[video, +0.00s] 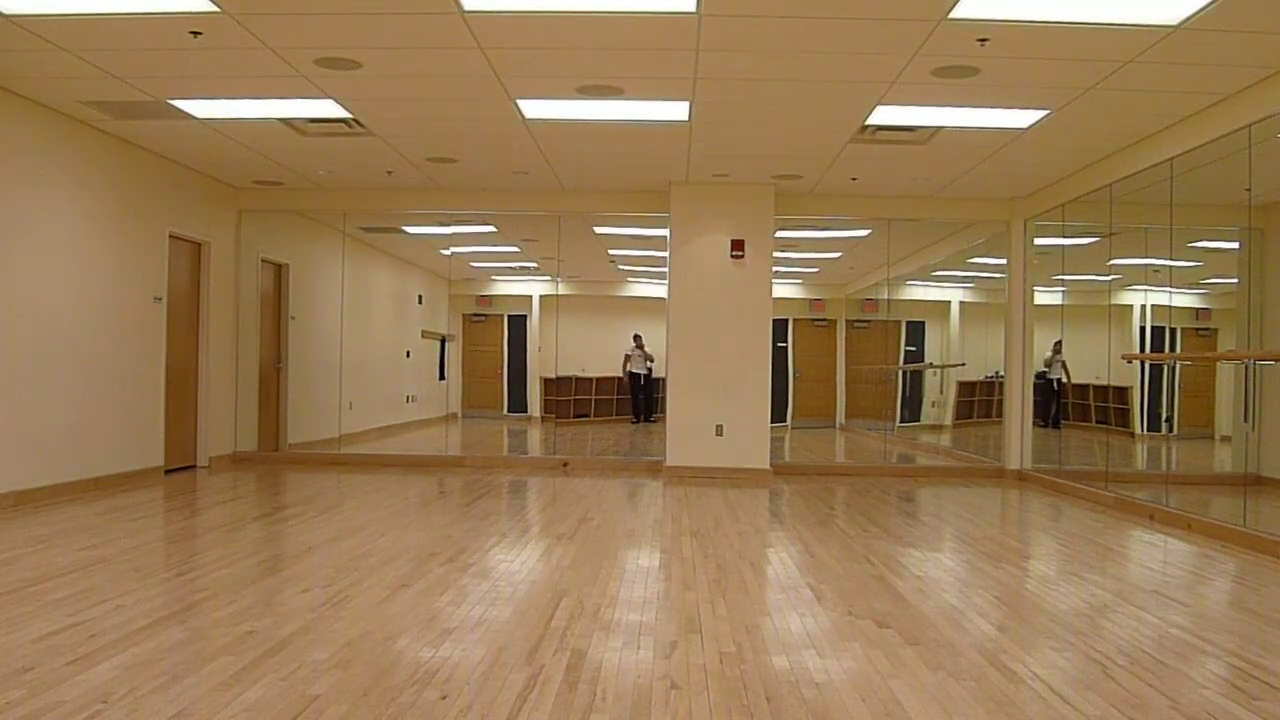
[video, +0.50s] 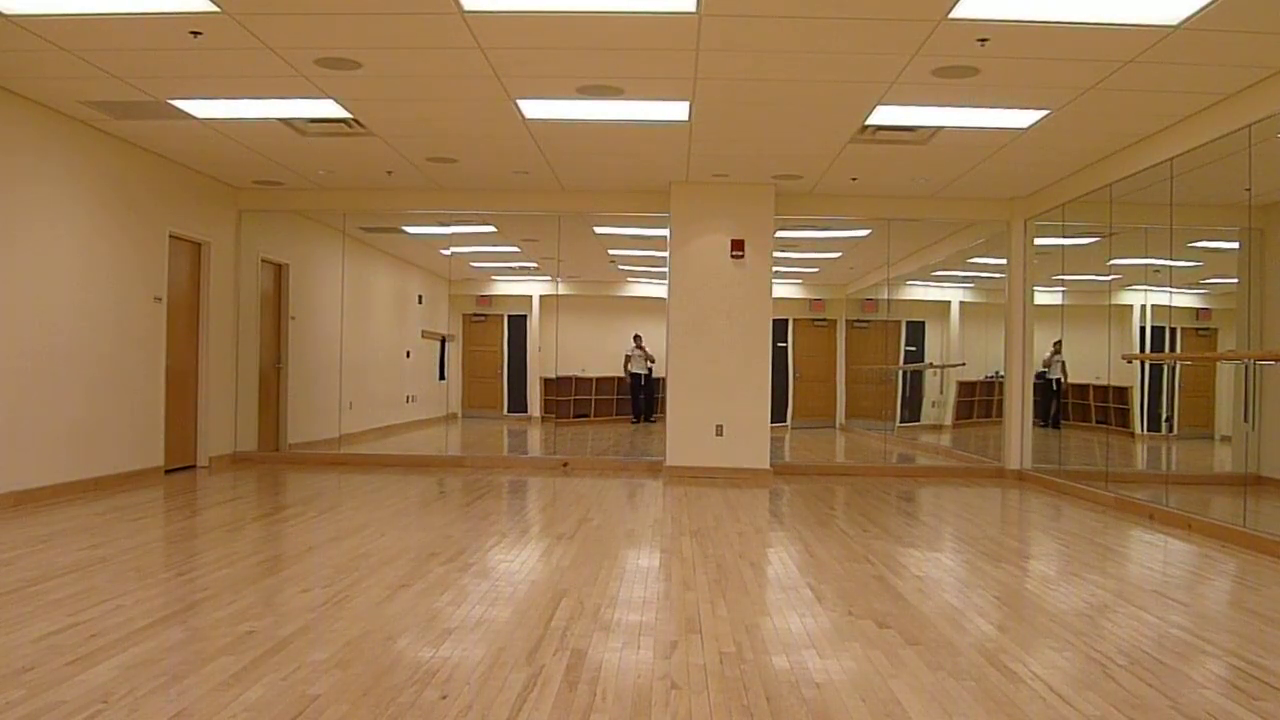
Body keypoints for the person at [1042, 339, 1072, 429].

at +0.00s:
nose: (1060, 348)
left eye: (1061, 346)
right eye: (1058, 346)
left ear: (1061, 348)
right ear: (1054, 347)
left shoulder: (1060, 357)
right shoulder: (1049, 355)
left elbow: (1065, 368)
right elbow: (1046, 365)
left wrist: (1069, 379)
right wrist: (1053, 355)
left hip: (1058, 378)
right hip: (1049, 377)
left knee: (1058, 400)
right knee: (1048, 399)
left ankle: (1056, 421)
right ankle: (1045, 420)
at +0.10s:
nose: (1060, 348)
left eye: (1061, 347)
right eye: (1059, 346)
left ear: (1062, 348)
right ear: (1055, 346)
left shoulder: (1061, 357)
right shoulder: (1049, 355)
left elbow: (1065, 368)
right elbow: (1047, 365)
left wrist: (1069, 380)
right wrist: (1054, 355)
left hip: (1058, 378)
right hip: (1050, 378)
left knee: (1058, 400)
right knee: (1049, 400)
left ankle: (1056, 421)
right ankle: (1046, 420)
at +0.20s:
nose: (1060, 349)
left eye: (1061, 347)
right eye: (1059, 346)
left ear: (1062, 348)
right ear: (1055, 346)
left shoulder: (1061, 357)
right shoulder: (1049, 355)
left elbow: (1065, 368)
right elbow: (1046, 364)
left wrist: (1068, 380)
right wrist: (1054, 355)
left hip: (1058, 378)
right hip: (1050, 378)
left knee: (1058, 400)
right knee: (1048, 399)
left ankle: (1056, 421)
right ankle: (1046, 420)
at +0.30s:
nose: (1060, 349)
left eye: (1061, 347)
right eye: (1059, 346)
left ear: (1062, 348)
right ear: (1055, 346)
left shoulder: (1061, 357)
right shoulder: (1049, 355)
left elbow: (1064, 368)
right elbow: (1047, 365)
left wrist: (1067, 380)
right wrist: (1053, 355)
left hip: (1058, 378)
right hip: (1050, 378)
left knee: (1058, 400)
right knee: (1048, 399)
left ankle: (1056, 421)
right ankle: (1046, 420)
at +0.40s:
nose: (1060, 348)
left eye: (1061, 346)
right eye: (1058, 346)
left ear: (1061, 347)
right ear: (1055, 347)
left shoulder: (1061, 357)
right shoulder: (1049, 355)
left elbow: (1064, 369)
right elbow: (1046, 365)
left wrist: (1066, 380)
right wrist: (1052, 355)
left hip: (1058, 378)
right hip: (1050, 378)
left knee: (1058, 400)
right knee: (1047, 399)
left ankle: (1056, 421)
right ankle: (1045, 420)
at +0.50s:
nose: (1060, 348)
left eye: (1061, 346)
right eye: (1058, 346)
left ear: (1061, 347)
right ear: (1054, 346)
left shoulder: (1061, 357)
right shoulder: (1048, 356)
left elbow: (1064, 370)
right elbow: (1045, 365)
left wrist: (1065, 380)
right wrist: (1051, 355)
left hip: (1057, 378)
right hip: (1049, 378)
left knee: (1057, 400)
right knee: (1047, 399)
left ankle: (1055, 421)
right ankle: (1045, 420)